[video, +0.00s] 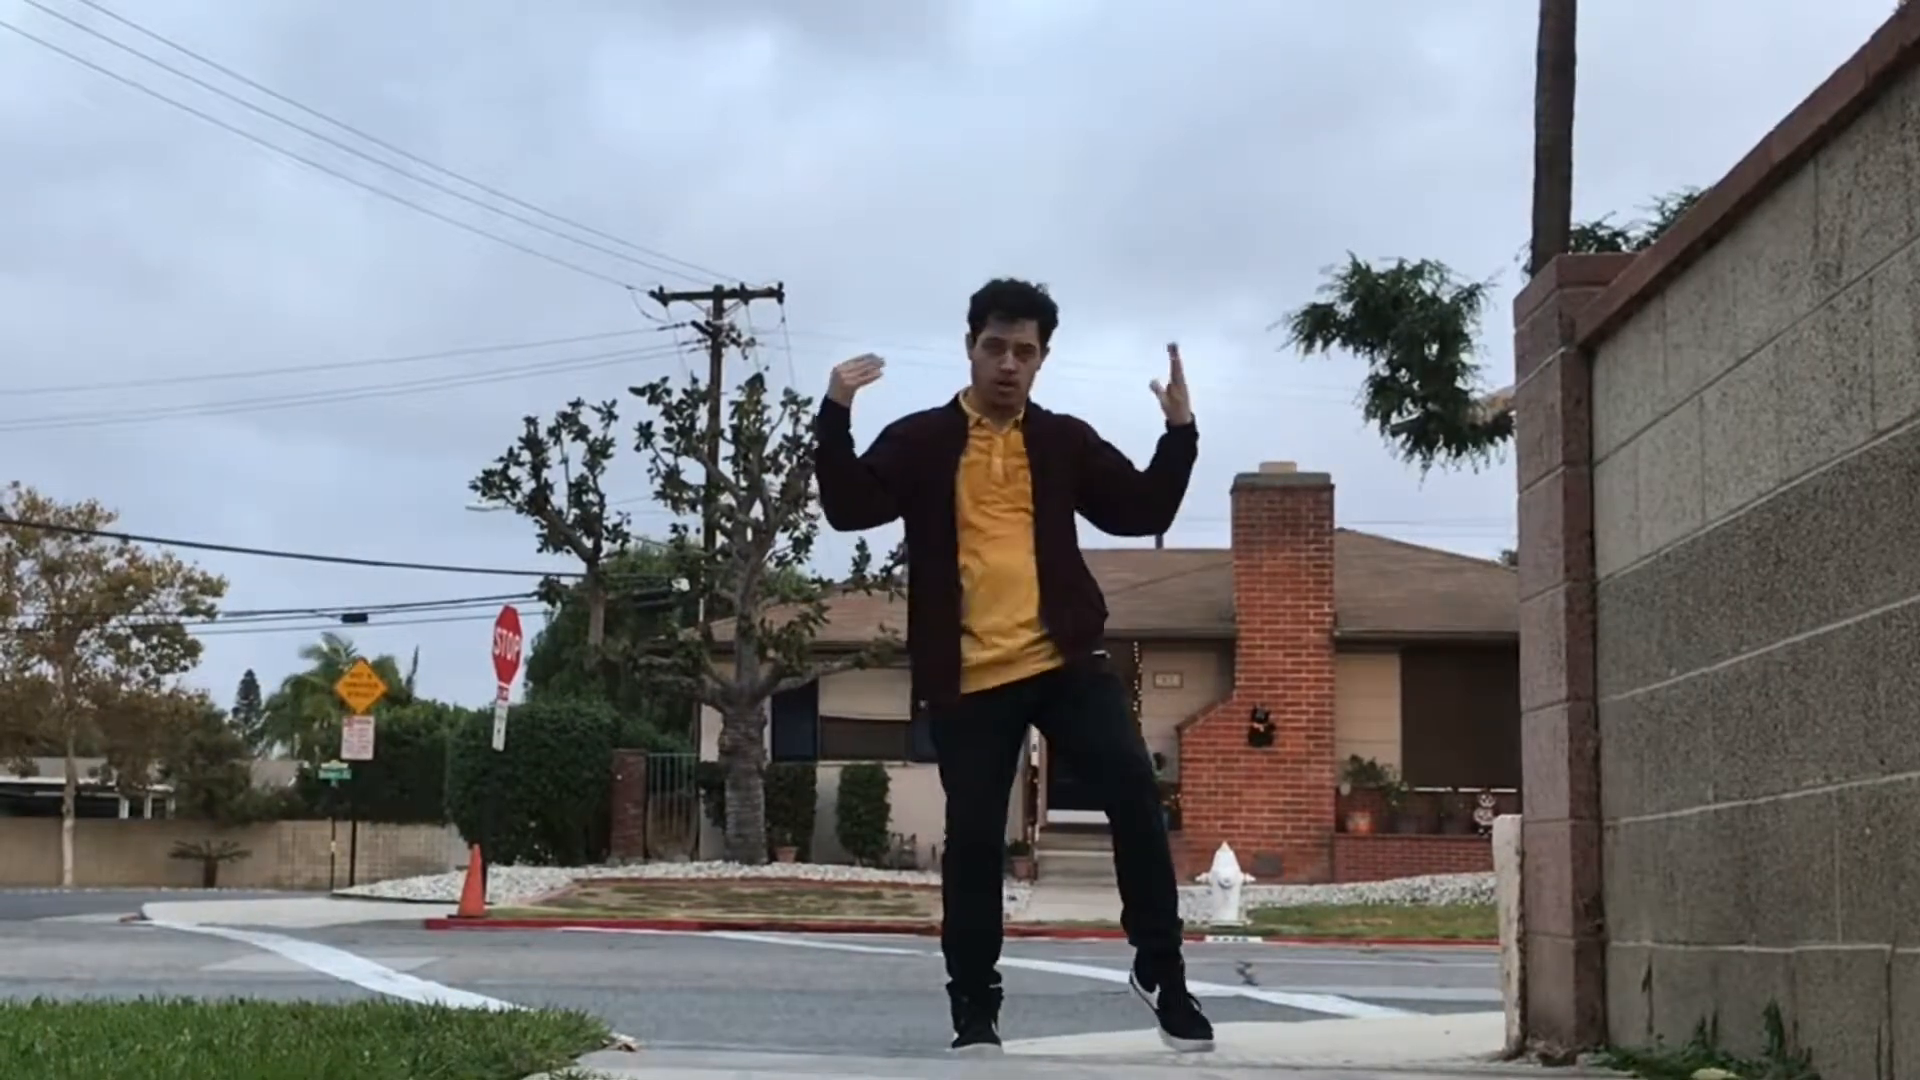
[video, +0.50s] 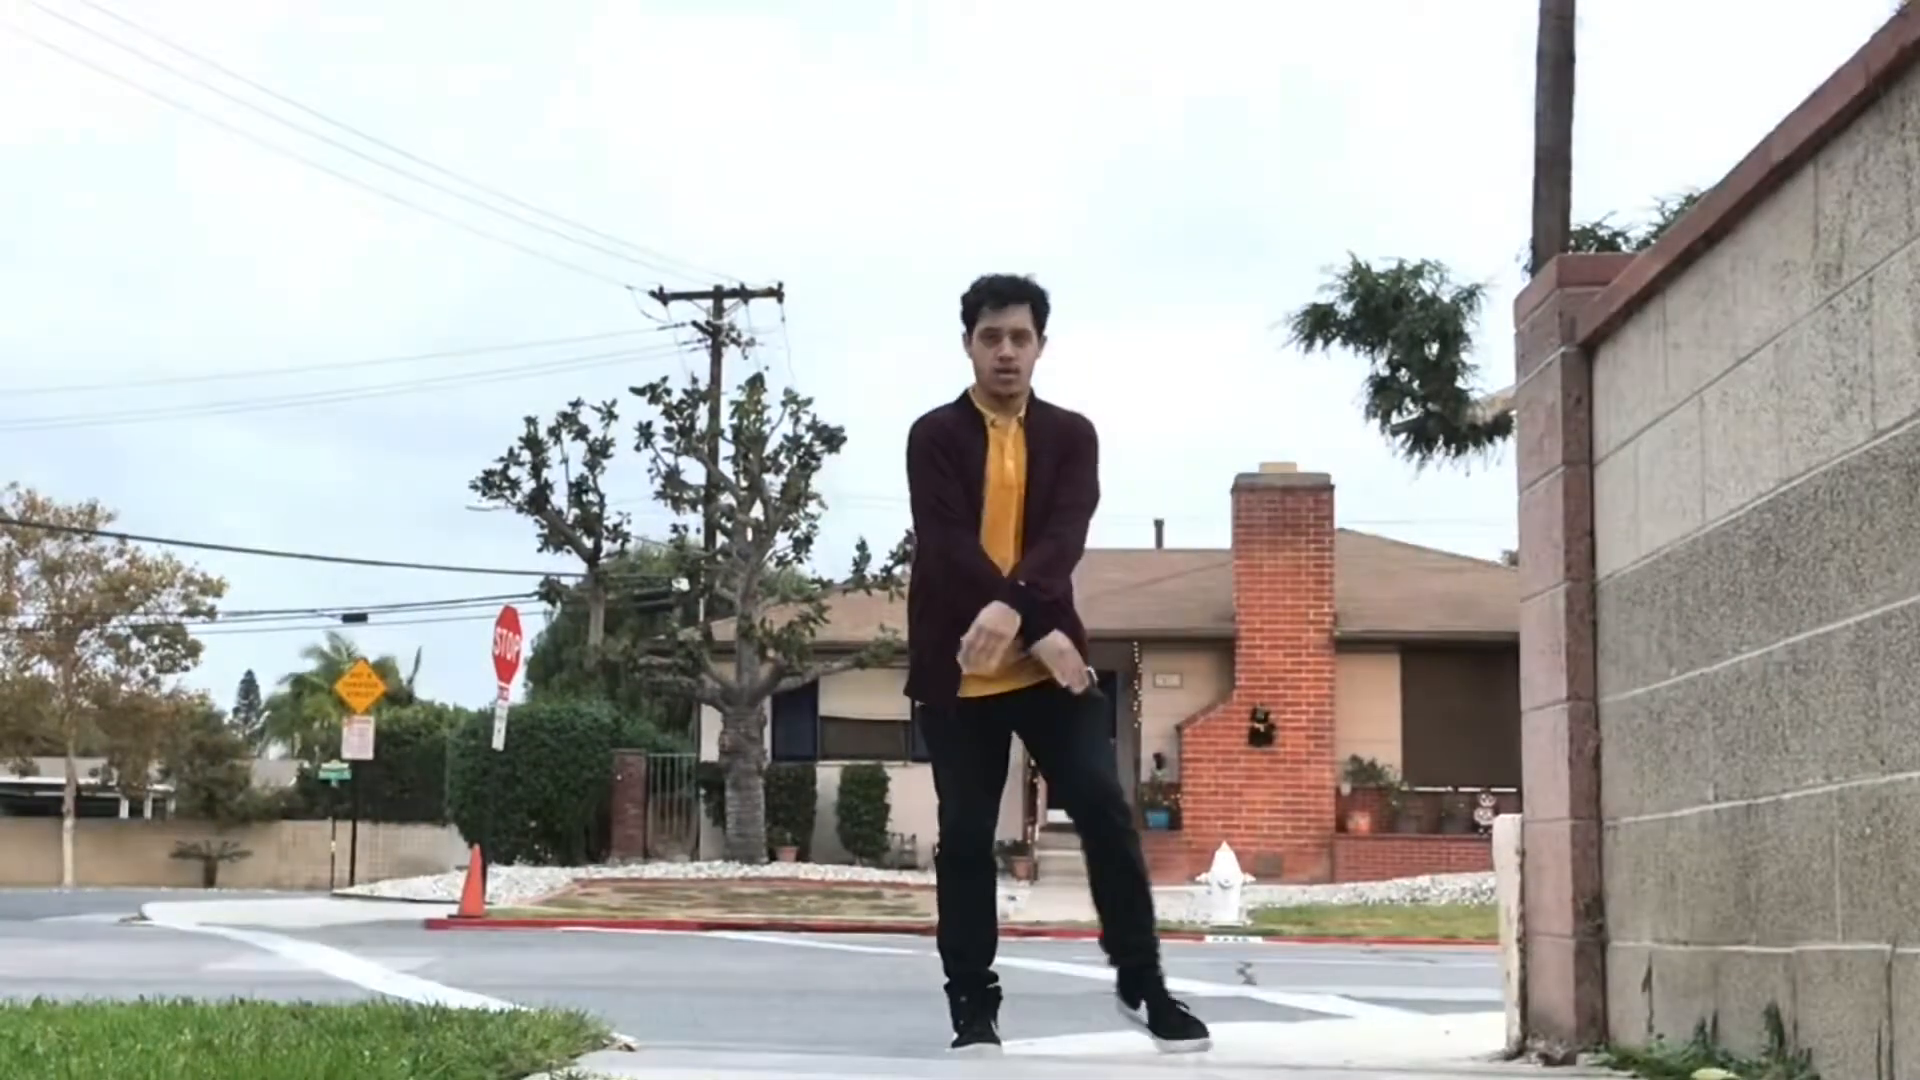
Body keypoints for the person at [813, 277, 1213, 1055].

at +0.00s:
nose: (1010, 364)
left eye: (1025, 352)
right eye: (996, 348)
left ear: (1042, 359)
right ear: (970, 349)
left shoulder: (1064, 440)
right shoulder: (919, 439)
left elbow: (1147, 514)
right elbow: (846, 505)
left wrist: (1179, 433)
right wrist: (834, 408)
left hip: (1066, 664)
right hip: (969, 680)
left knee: (1133, 790)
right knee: (975, 843)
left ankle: (1163, 972)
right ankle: (974, 1009)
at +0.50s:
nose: (1005, 353)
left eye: (1020, 339)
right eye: (991, 338)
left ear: (1040, 347)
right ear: (968, 345)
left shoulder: (1072, 434)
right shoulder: (935, 434)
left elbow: (1066, 534)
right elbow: (949, 546)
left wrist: (1014, 604)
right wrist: (1044, 629)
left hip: (1049, 666)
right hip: (957, 672)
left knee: (1104, 807)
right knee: (965, 838)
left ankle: (1147, 987)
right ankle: (972, 1007)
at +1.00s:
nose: (967, 349)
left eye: (982, 334)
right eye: (955, 339)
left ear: (1017, 343)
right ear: (945, 357)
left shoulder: (1074, 424)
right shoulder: (940, 454)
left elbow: (1131, 532)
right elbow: (920, 548)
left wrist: (1120, 618)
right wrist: (906, 602)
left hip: (1051, 681)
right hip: (959, 682)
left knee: (1043, 849)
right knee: (964, 850)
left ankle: (1043, 1013)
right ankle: (972, 1015)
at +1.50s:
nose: (1044, 345)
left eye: (1060, 332)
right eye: (1030, 330)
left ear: (1078, 345)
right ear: (1006, 339)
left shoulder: (1118, 432)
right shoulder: (969, 445)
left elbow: (1200, 521)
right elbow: (937, 551)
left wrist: (1169, 625)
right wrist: (895, 614)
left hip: (1084, 671)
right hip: (989, 667)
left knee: (1068, 838)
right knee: (972, 816)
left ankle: (1047, 1009)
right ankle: (982, 995)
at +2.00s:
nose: (1049, 343)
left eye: (1064, 327)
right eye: (1037, 331)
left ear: (1102, 333)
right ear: (1028, 341)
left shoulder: (1144, 439)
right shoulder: (1008, 408)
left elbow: (1162, 557)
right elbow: (968, 516)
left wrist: (1175, 666)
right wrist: (939, 626)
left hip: (1093, 679)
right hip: (993, 667)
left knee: (1076, 848)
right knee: (970, 821)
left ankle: (1049, 1004)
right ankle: (953, 986)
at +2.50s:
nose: (983, 349)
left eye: (994, 332)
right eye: (974, 340)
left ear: (1042, 329)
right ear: (974, 350)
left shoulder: (1112, 425)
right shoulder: (961, 429)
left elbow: (1153, 539)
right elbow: (887, 502)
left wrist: (1160, 643)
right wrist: (821, 572)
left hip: (1087, 677)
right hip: (988, 671)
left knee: (1071, 851)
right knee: (950, 824)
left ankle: (1049, 1009)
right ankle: (914, 998)